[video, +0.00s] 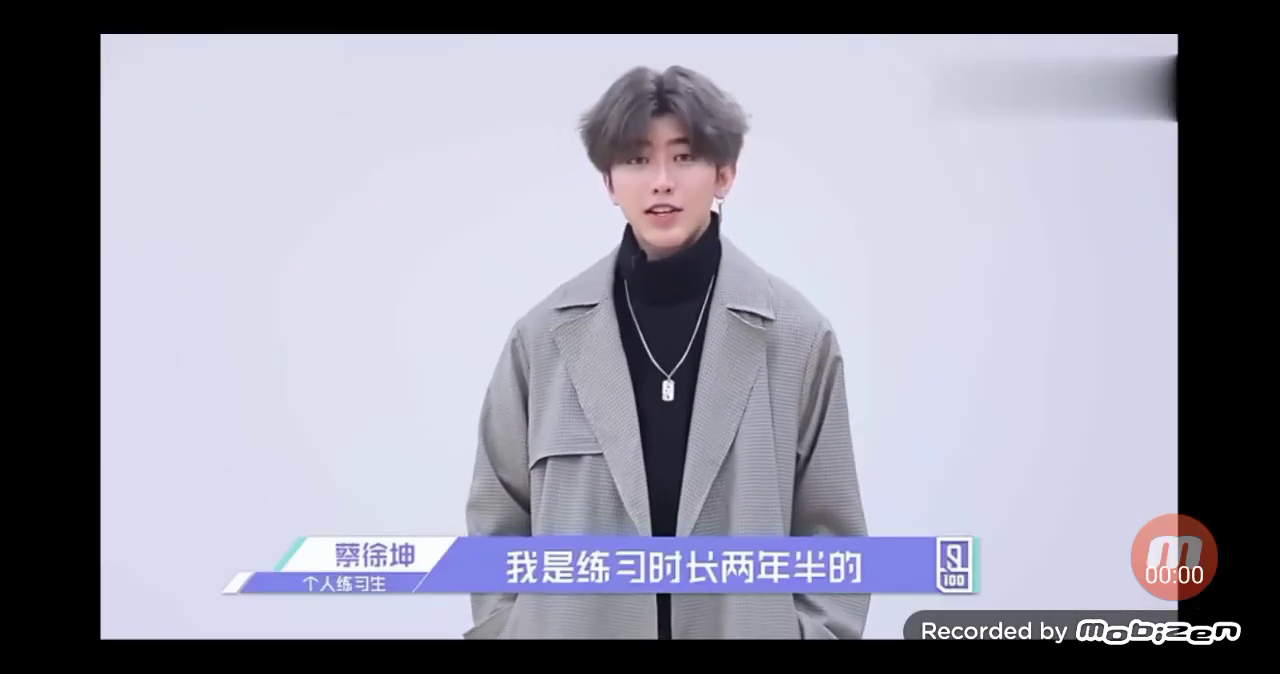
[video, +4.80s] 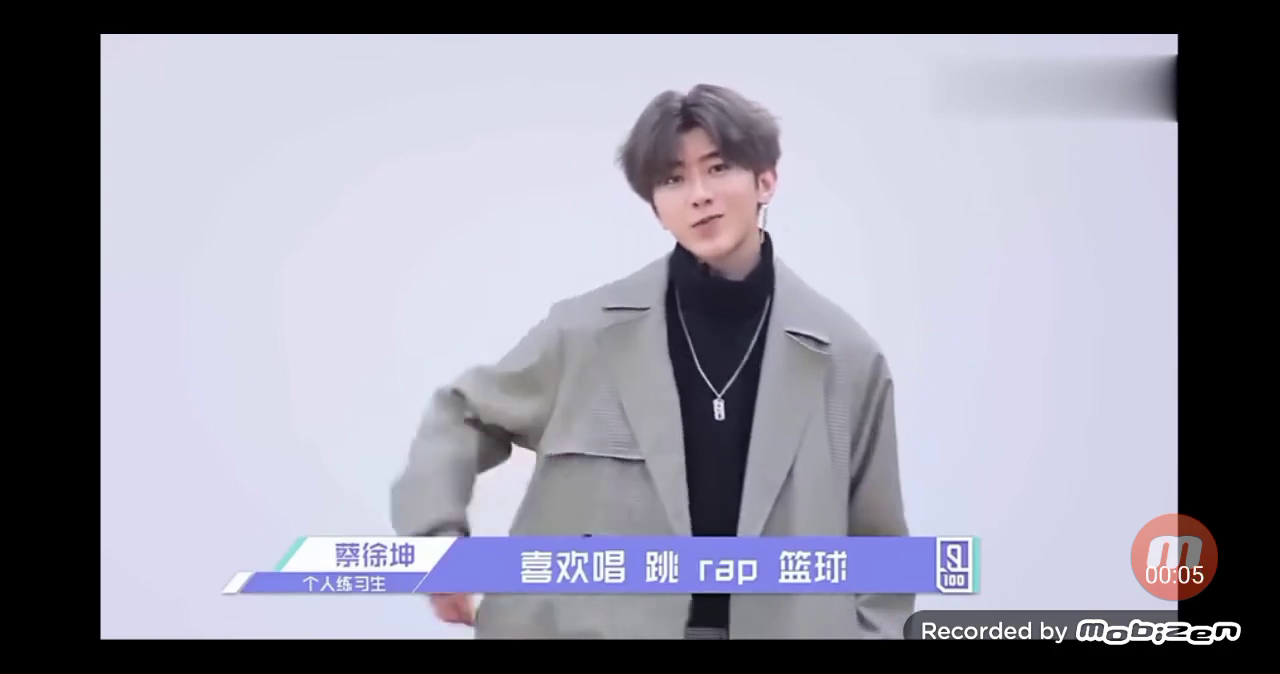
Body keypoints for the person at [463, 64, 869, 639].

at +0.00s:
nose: (661, 182)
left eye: (684, 157)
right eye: (638, 159)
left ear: (723, 176)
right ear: (610, 180)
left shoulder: (800, 336)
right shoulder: (538, 339)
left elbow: (835, 533)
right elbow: (495, 517)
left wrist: (815, 631)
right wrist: (503, 627)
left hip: (745, 629)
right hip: (575, 630)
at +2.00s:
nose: (628, 190)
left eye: (649, 164)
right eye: (603, 169)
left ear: (690, 178)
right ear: (577, 188)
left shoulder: (778, 342)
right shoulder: (516, 350)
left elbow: (815, 535)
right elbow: (474, 529)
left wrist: (795, 631)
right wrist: (493, 627)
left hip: (726, 631)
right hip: (559, 631)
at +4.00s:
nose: (577, 199)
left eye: (599, 171)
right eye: (552, 178)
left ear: (638, 186)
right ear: (527, 201)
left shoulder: (740, 332)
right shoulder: (487, 365)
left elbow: (791, 533)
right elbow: (456, 549)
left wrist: (777, 630)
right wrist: (477, 629)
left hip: (704, 629)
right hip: (541, 631)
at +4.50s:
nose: (640, 193)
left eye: (659, 167)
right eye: (615, 175)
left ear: (705, 181)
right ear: (594, 199)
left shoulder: (797, 342)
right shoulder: (542, 356)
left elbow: (827, 541)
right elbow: (495, 536)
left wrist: (805, 631)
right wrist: (510, 628)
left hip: (737, 630)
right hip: (581, 630)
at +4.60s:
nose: (664, 190)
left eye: (685, 164)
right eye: (639, 172)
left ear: (730, 181)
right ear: (619, 196)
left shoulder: (818, 346)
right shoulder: (562, 347)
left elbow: (847, 539)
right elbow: (486, 489)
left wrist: (825, 632)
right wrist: (525, 621)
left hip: (760, 631)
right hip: (599, 633)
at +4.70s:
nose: (677, 190)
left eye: (697, 163)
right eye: (652, 172)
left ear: (745, 178)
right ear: (633, 198)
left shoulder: (831, 349)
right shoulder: (567, 343)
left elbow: (862, 544)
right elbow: (465, 449)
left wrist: (843, 628)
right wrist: (496, 585)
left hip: (774, 624)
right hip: (605, 625)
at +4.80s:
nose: (698, 195)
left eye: (718, 168)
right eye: (673, 178)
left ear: (764, 181)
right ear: (652, 201)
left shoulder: (850, 358)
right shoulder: (581, 334)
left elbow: (883, 551)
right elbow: (461, 413)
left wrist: (874, 629)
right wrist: (435, 538)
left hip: (784, 631)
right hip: (604, 629)